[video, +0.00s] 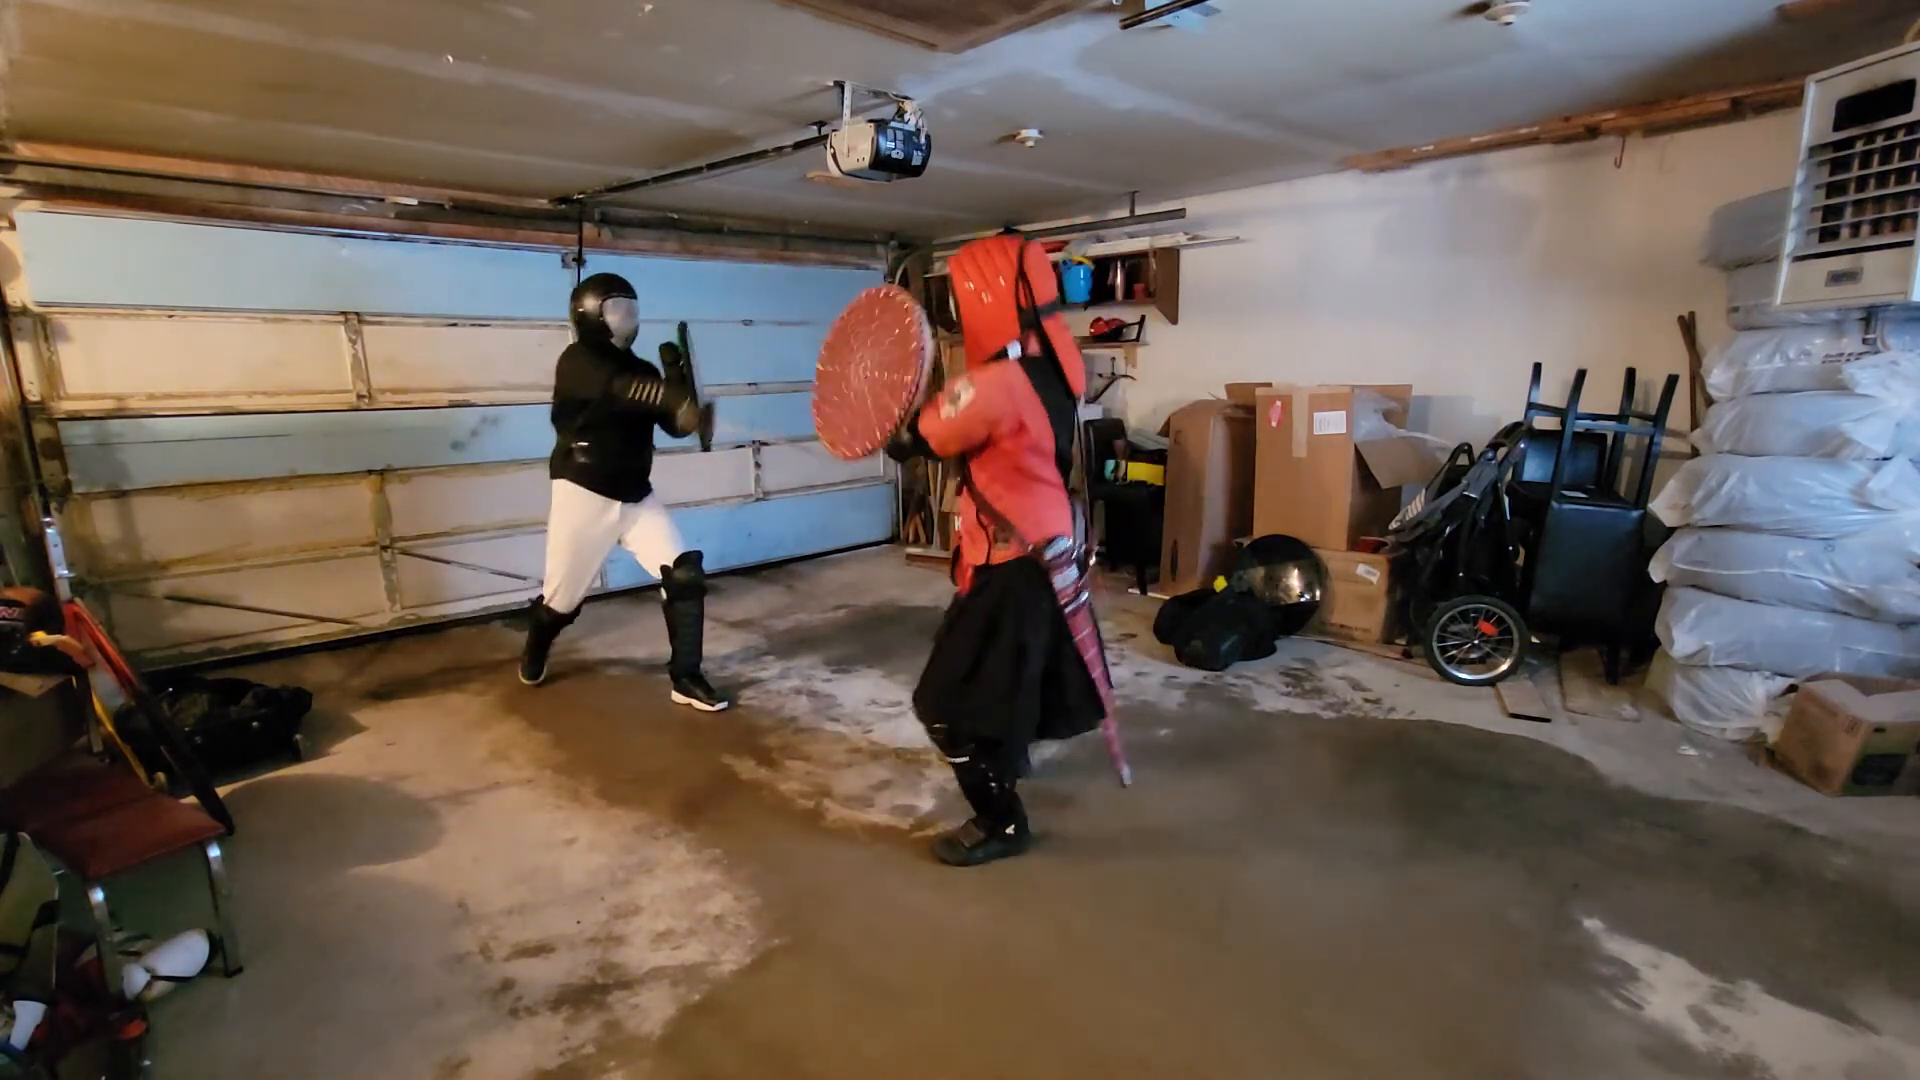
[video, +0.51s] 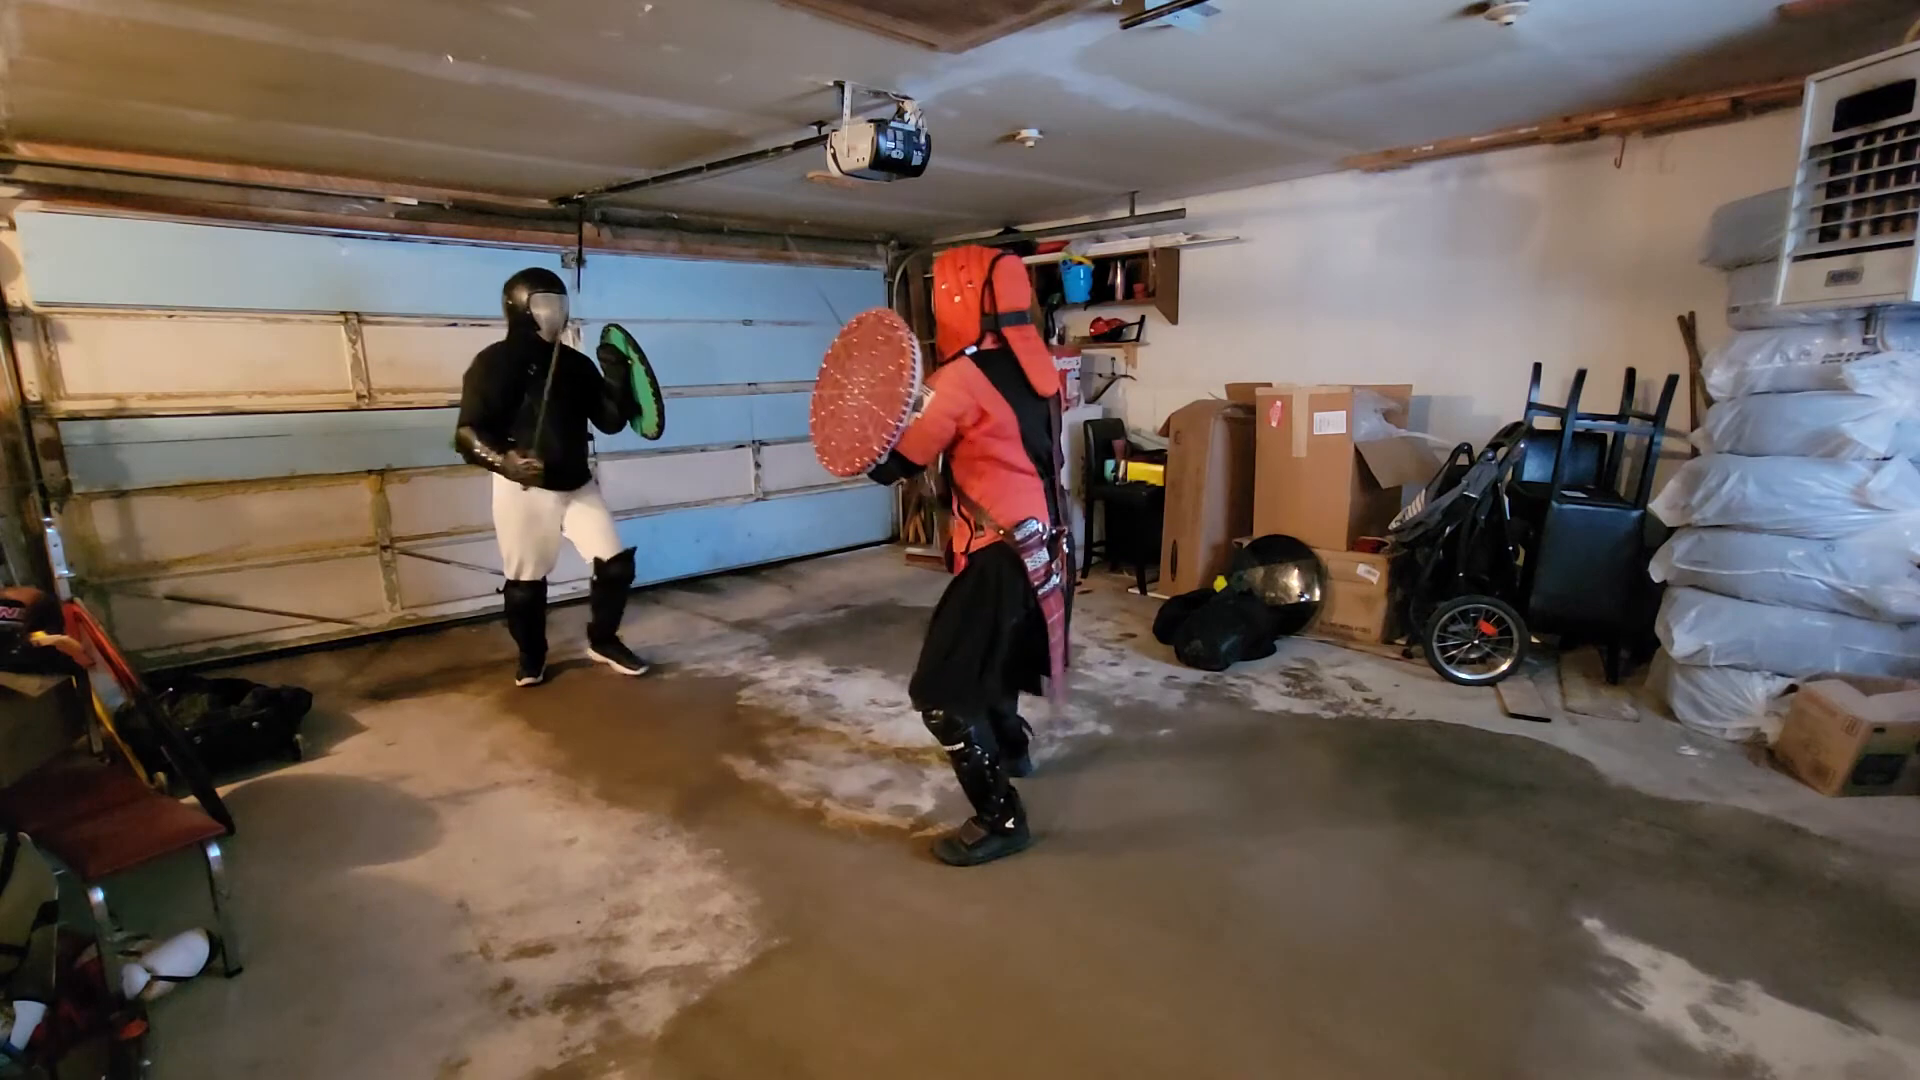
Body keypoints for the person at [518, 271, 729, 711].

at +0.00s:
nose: (630, 317)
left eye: (632, 308)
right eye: (620, 308)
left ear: (633, 313)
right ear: (593, 313)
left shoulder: (641, 370)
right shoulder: (579, 361)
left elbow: (677, 425)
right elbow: (623, 389)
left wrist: (677, 377)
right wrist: (678, 402)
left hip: (635, 497)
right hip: (582, 495)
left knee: (684, 572)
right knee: (561, 603)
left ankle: (686, 677)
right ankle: (535, 650)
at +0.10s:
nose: (619, 319)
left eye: (621, 310)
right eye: (608, 310)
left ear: (624, 315)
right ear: (581, 317)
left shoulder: (632, 378)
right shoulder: (563, 367)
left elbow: (664, 431)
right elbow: (571, 423)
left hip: (624, 500)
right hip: (570, 497)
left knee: (674, 575)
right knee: (553, 603)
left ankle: (686, 678)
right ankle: (528, 651)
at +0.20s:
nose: (603, 320)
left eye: (604, 310)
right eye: (593, 310)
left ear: (601, 315)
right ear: (565, 314)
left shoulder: (612, 374)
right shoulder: (540, 371)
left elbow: (645, 433)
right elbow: (534, 438)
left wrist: (653, 389)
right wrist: (588, 477)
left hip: (605, 496)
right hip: (549, 496)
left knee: (651, 576)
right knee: (537, 592)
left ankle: (684, 676)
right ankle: (530, 666)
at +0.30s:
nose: (588, 318)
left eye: (587, 308)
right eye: (579, 308)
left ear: (577, 316)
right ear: (549, 312)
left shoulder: (595, 371)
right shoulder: (517, 370)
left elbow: (625, 428)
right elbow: (503, 444)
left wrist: (643, 391)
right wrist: (553, 474)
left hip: (587, 492)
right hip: (532, 493)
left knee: (634, 567)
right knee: (528, 588)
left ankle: (665, 662)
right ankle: (531, 661)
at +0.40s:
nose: (575, 315)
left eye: (574, 306)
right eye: (566, 306)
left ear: (567, 311)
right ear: (538, 312)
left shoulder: (585, 369)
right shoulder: (503, 367)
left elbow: (616, 426)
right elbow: (481, 441)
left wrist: (625, 382)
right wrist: (526, 467)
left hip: (581, 489)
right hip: (526, 492)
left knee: (625, 561)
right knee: (526, 585)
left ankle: (628, 649)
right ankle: (532, 662)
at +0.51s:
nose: (562, 311)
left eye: (562, 301)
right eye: (552, 302)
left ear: (558, 308)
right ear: (525, 308)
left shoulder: (574, 364)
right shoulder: (493, 363)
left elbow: (610, 421)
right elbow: (466, 434)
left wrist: (617, 377)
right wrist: (503, 461)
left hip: (576, 487)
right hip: (521, 491)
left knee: (615, 564)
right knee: (526, 582)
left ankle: (603, 641)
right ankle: (531, 660)